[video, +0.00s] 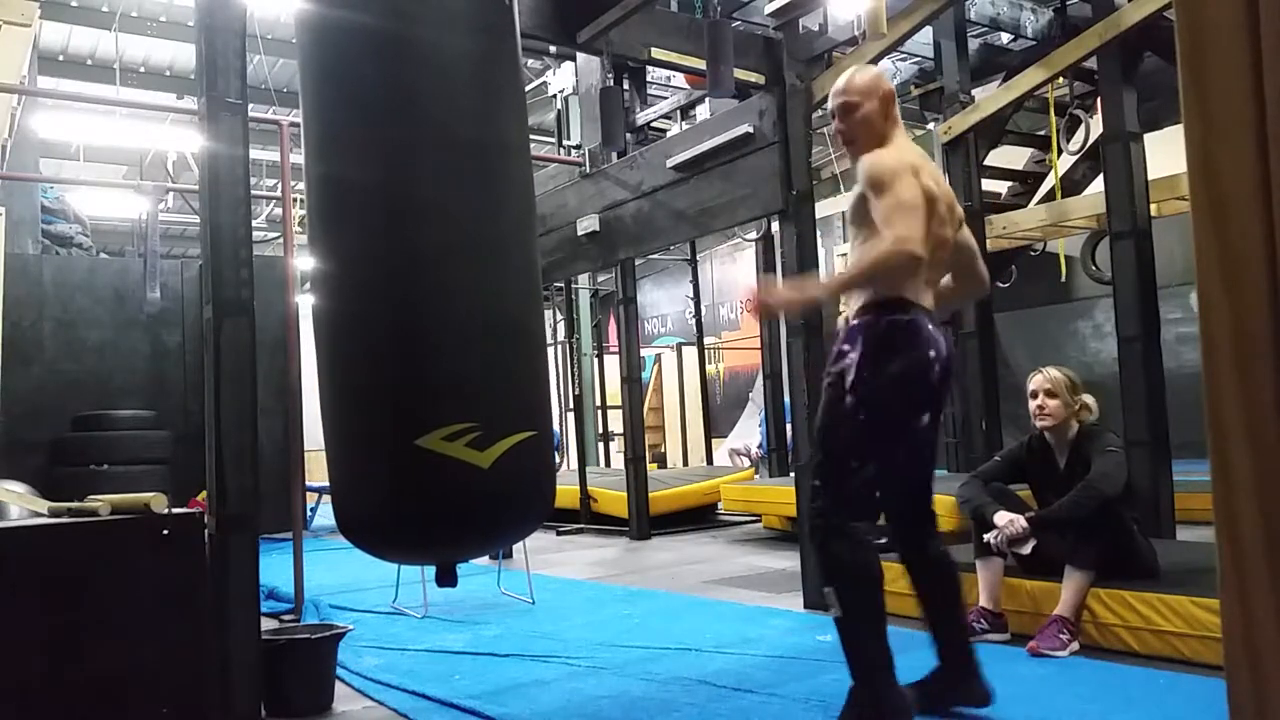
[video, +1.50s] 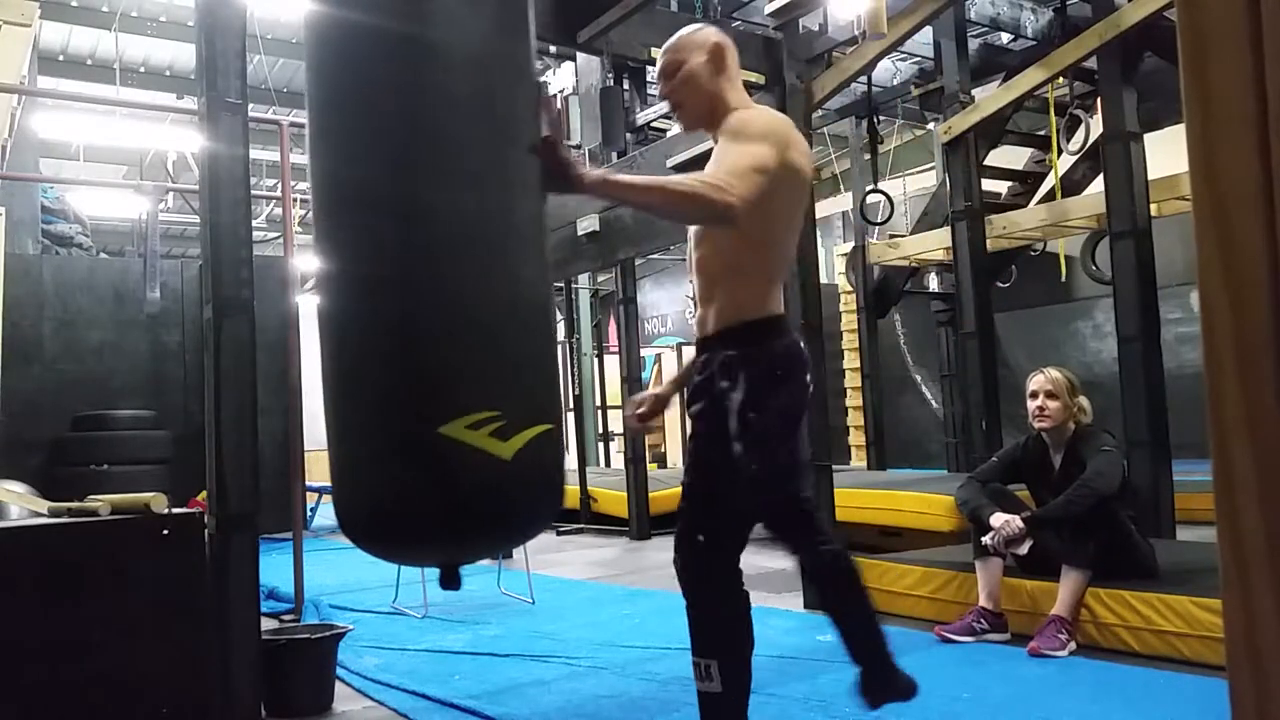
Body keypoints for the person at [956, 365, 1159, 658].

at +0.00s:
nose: (1039, 403)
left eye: (1050, 395)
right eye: (1033, 396)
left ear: (1074, 403)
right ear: (1027, 405)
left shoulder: (1101, 441)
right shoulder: (1029, 449)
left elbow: (1105, 485)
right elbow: (968, 487)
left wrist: (1029, 522)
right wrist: (995, 514)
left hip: (1119, 559)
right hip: (1058, 556)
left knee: (1095, 506)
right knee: (991, 496)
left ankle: (1063, 621)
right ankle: (989, 612)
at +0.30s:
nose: (1037, 403)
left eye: (1048, 395)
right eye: (1031, 396)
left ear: (1071, 405)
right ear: (1025, 405)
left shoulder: (1096, 441)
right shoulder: (1027, 449)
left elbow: (1101, 484)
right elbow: (967, 487)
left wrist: (1025, 521)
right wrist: (992, 514)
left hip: (1118, 559)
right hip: (1057, 557)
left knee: (1092, 504)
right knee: (989, 495)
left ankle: (1064, 621)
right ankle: (988, 612)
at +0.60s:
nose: (1036, 404)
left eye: (1047, 396)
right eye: (1030, 396)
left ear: (1068, 405)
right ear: (1023, 405)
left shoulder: (1095, 442)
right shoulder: (1026, 449)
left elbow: (1099, 483)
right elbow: (966, 488)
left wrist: (1026, 522)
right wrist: (991, 516)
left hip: (1118, 560)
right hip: (1058, 556)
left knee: (1089, 503)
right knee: (989, 495)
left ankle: (1061, 621)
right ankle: (989, 612)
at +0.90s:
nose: (1037, 404)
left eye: (1048, 396)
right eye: (1030, 397)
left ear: (1069, 405)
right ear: (1023, 406)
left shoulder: (1096, 442)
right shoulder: (1027, 450)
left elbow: (1099, 484)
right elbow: (966, 488)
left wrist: (1027, 521)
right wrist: (991, 516)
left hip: (1118, 560)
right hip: (1058, 556)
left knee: (1090, 504)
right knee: (989, 495)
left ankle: (1061, 621)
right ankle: (989, 612)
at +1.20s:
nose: (1039, 404)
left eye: (1050, 396)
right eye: (1033, 396)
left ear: (1071, 405)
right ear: (1025, 406)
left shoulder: (1097, 442)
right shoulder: (1028, 449)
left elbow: (1100, 484)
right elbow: (967, 488)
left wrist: (1027, 521)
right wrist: (992, 516)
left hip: (1119, 560)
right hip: (1059, 556)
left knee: (1089, 504)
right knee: (989, 495)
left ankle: (1061, 621)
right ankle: (989, 612)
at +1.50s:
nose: (1040, 404)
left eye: (1051, 396)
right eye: (1034, 397)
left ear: (1072, 406)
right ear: (1026, 406)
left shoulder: (1097, 442)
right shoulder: (1028, 449)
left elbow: (1101, 484)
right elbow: (967, 488)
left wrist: (1028, 521)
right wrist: (992, 516)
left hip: (1118, 560)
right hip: (1059, 555)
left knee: (1089, 505)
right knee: (989, 495)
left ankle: (1061, 621)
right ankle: (988, 612)